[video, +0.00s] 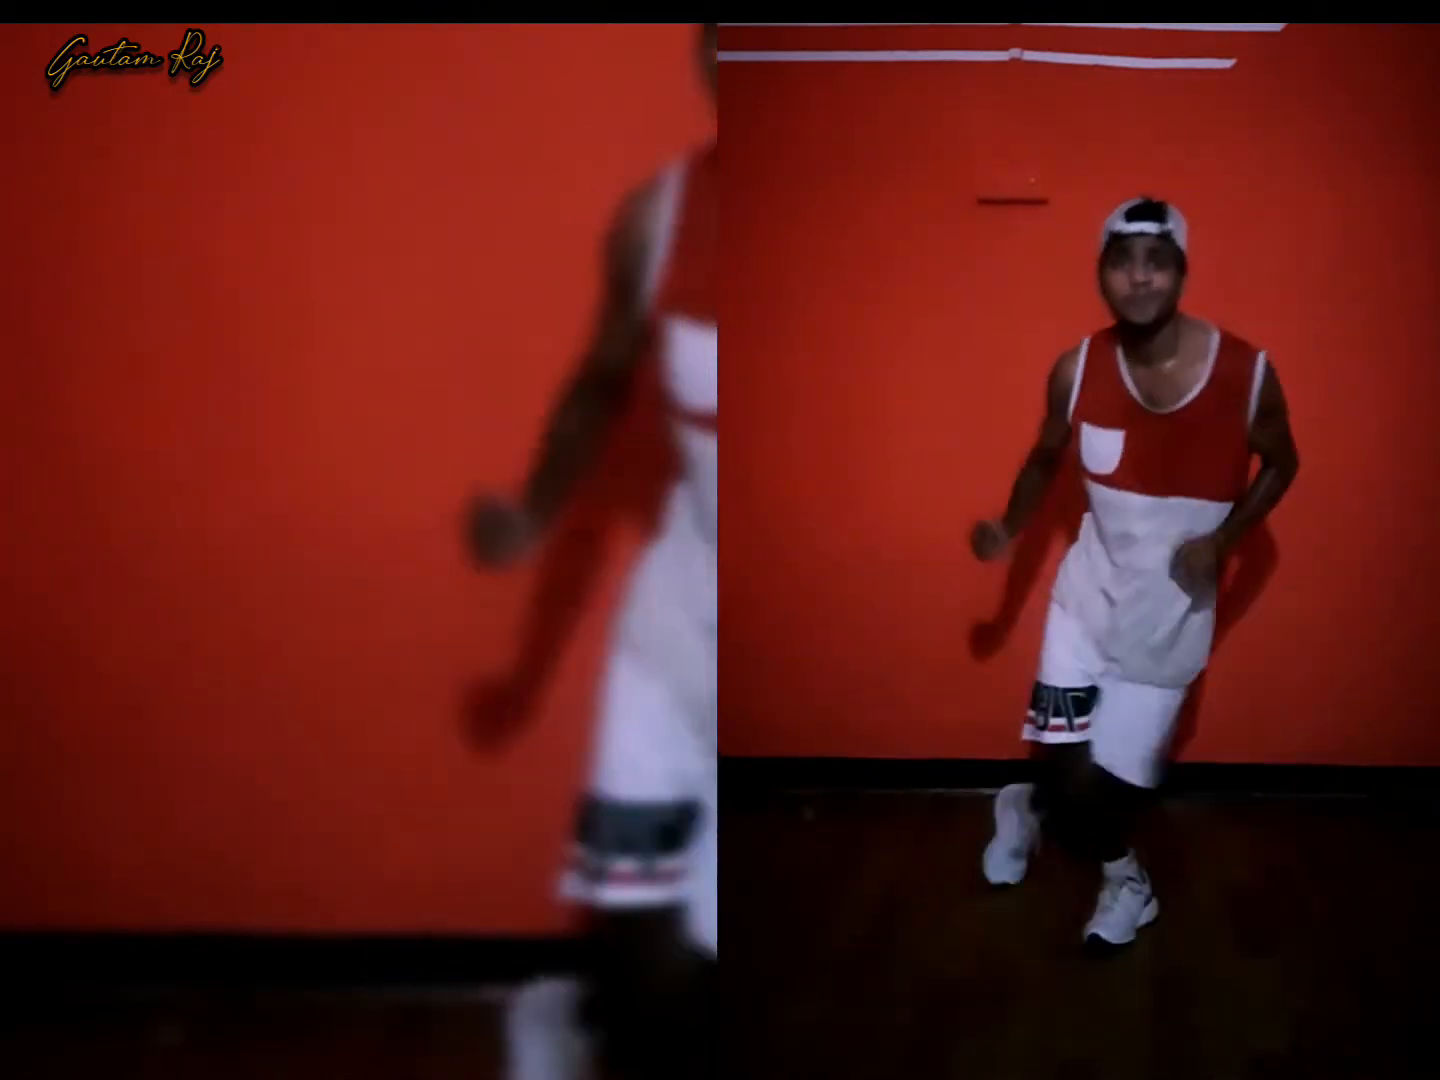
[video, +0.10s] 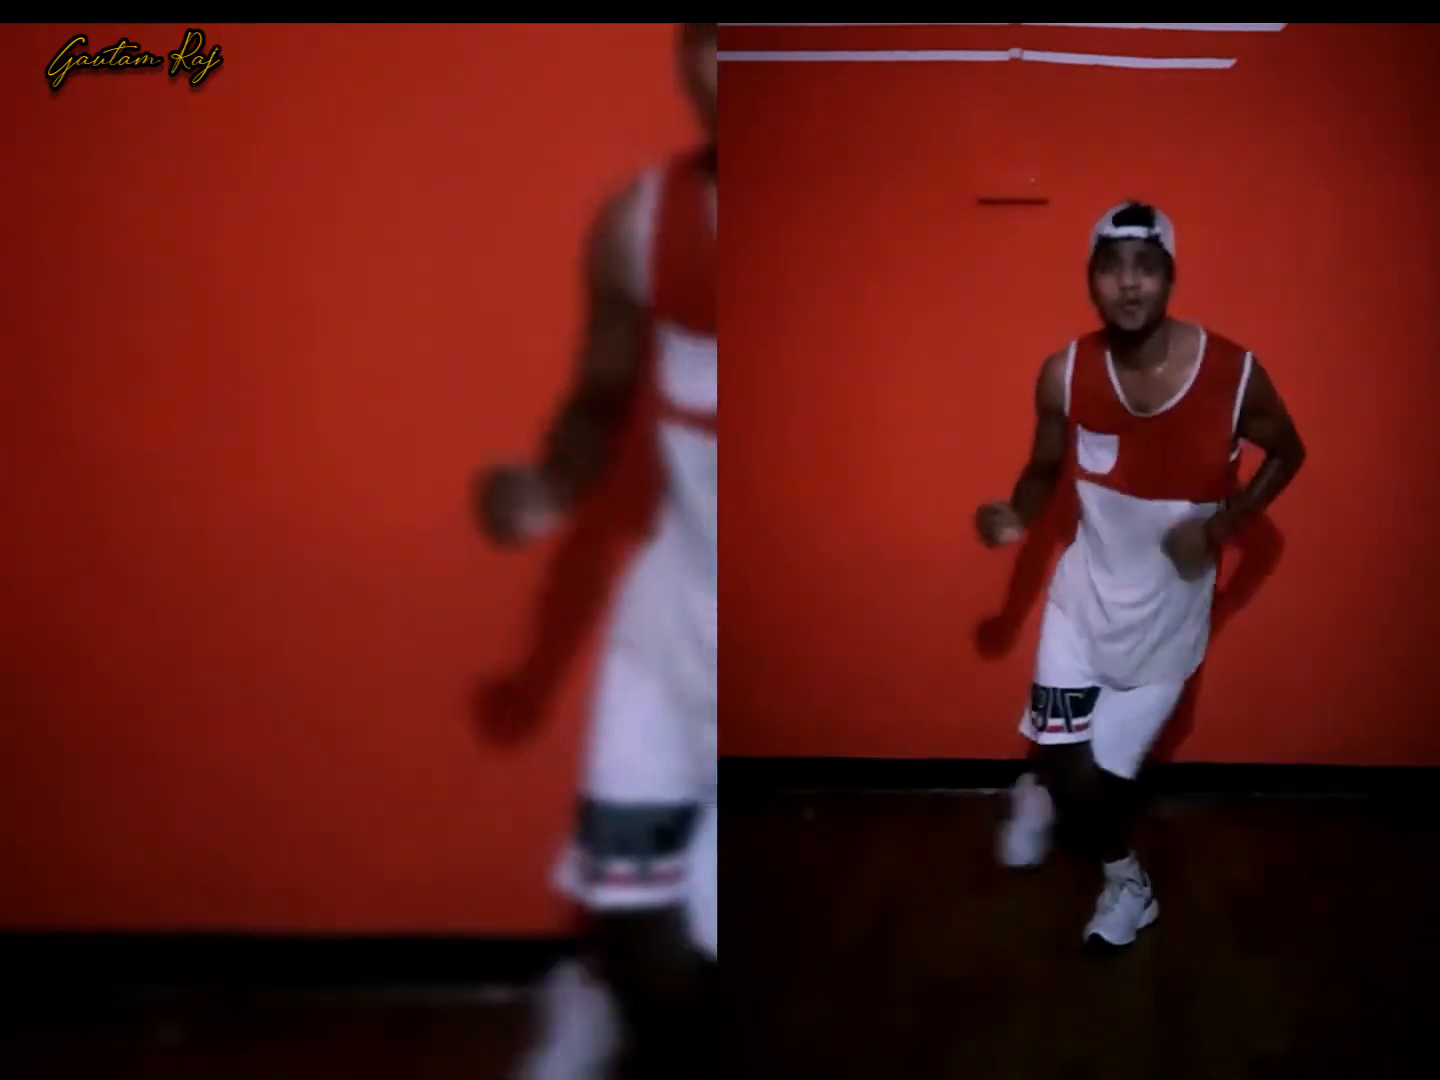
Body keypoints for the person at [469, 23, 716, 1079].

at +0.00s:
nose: (738, 72)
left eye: (760, 54)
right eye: (726, 52)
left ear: (813, 71)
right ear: (704, 63)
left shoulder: (864, 208)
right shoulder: (667, 213)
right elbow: (603, 379)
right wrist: (534, 510)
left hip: (829, 577)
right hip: (699, 568)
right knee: (630, 869)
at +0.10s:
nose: (729, 68)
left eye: (744, 46)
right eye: (713, 45)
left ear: (800, 65)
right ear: (687, 63)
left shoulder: (855, 207)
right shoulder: (647, 220)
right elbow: (601, 403)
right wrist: (543, 489)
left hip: (819, 597)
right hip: (690, 588)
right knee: (626, 894)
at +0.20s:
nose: (732, 64)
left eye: (744, 46)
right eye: (722, 46)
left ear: (790, 64)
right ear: (701, 58)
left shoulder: (857, 191)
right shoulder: (641, 201)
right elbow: (572, 362)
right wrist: (582, 461)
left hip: (811, 553)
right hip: (677, 543)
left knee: (810, 839)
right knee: (648, 838)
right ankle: (655, 1069)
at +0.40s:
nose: (730, 73)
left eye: (741, 51)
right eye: (715, 50)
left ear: (773, 72)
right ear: (685, 67)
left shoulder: (843, 207)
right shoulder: (624, 224)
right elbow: (571, 403)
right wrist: (600, 504)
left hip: (818, 552)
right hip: (686, 547)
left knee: (828, 845)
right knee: (680, 854)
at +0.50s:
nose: (707, 70)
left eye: (723, 46)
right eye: (683, 47)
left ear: (754, 65)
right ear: (649, 73)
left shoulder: (829, 224)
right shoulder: (624, 250)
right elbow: (576, 471)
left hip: (820, 604)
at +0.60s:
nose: (715, 52)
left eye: (724, 39)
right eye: (701, 38)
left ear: (744, 49)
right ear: (677, 48)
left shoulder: (847, 163)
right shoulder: (642, 189)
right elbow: (620, 376)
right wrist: (581, 641)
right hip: (711, 530)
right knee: (695, 804)